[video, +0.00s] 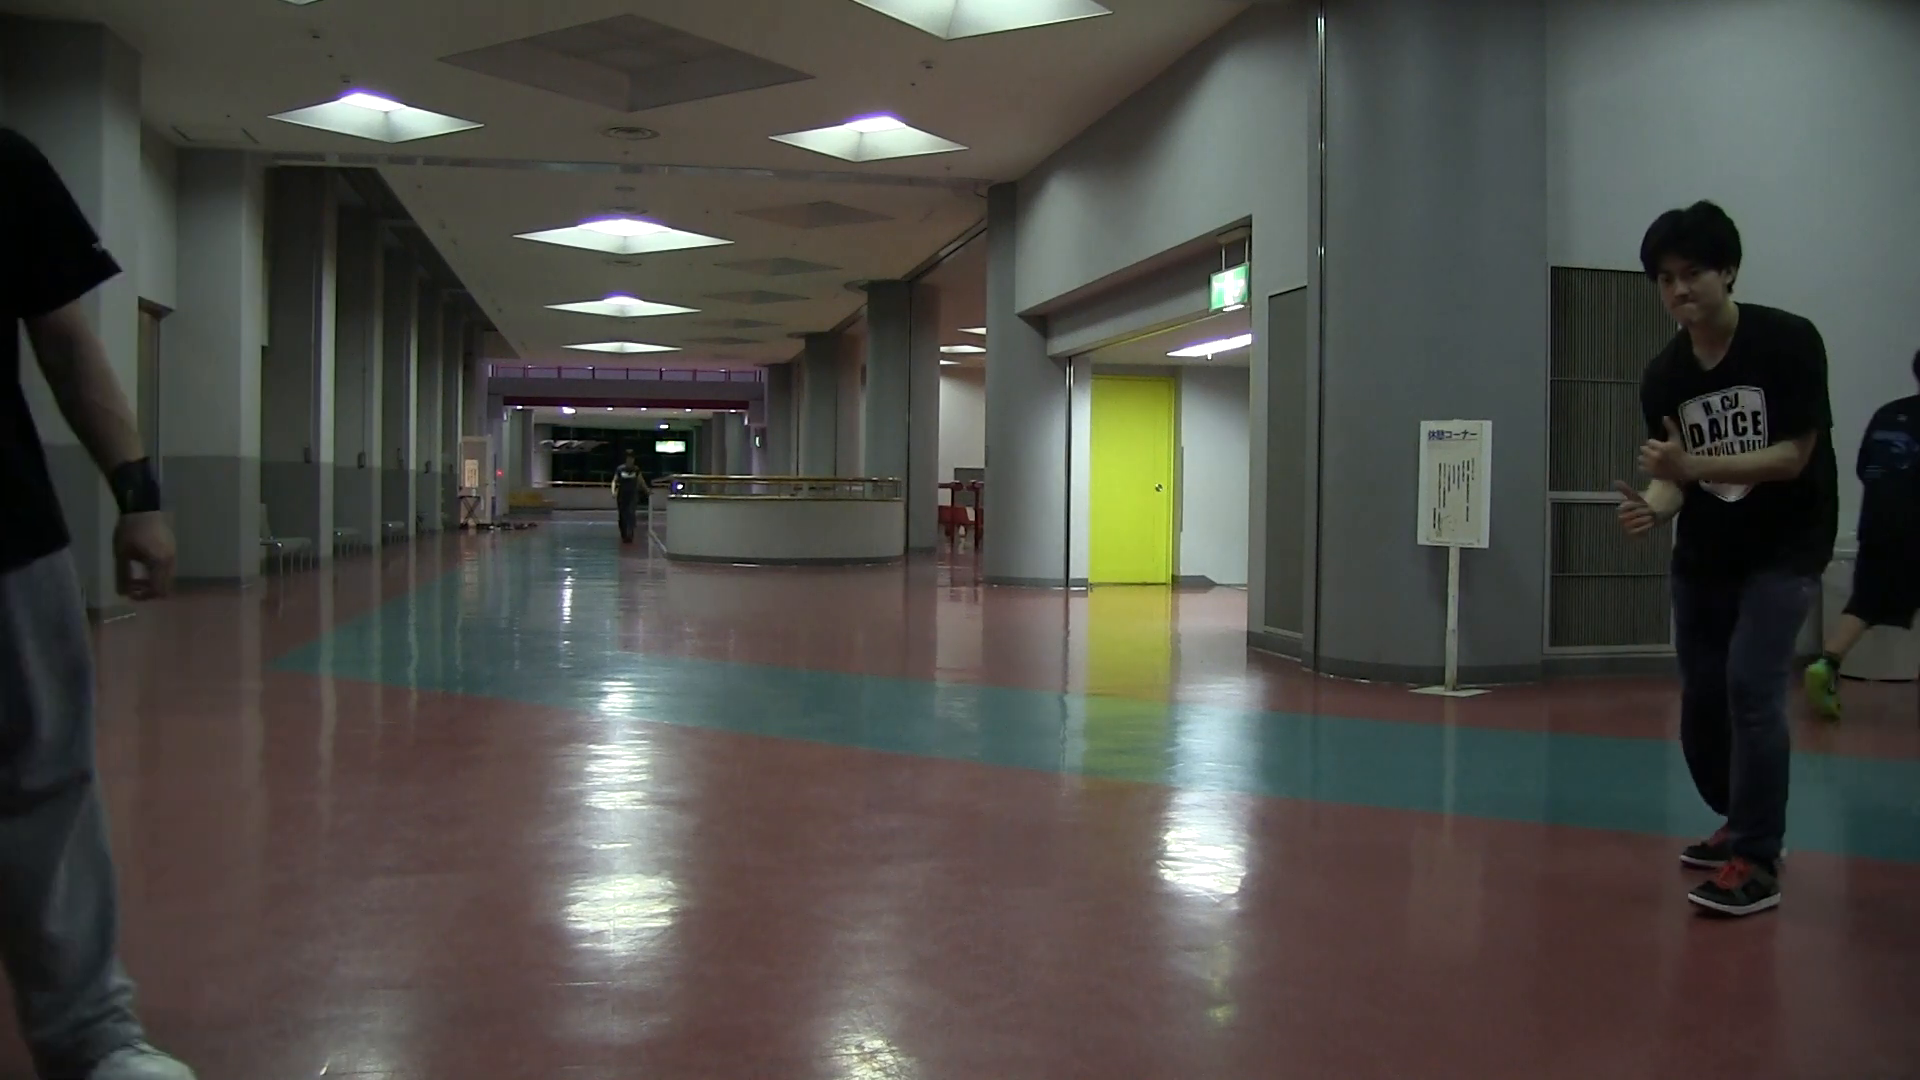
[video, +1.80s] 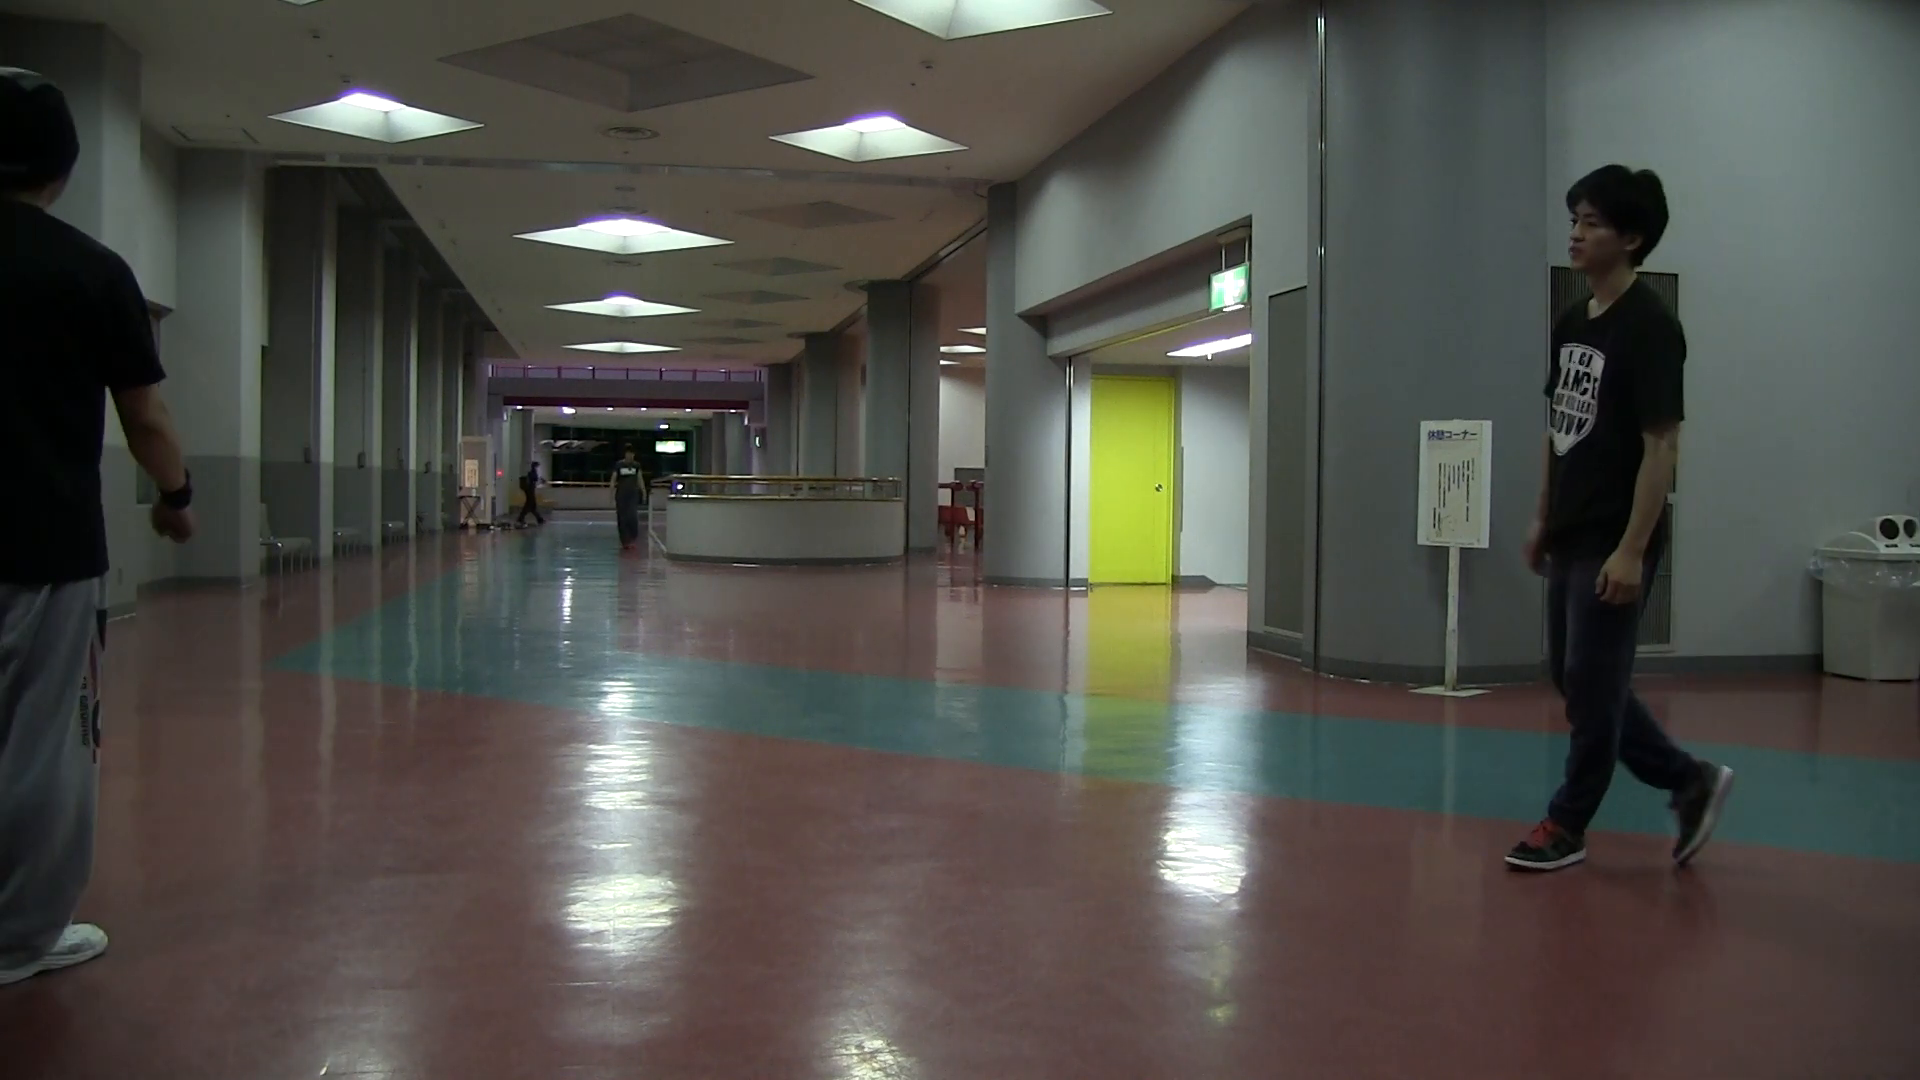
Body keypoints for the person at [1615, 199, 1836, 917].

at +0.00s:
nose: (1679, 291)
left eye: (1691, 274)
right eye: (1667, 280)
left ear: (1728, 272)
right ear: (1658, 287)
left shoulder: (1790, 342)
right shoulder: (1663, 375)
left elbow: (1795, 457)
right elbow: (1679, 472)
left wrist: (1689, 465)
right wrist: (1649, 505)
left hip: (1784, 551)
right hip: (1705, 554)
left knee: (1752, 690)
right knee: (1704, 696)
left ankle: (1757, 862)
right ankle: (1742, 824)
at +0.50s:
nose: (1643, 282)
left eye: (1656, 267)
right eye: (1639, 269)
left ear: (1704, 269)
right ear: (1643, 277)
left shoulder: (1767, 339)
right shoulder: (1662, 369)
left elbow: (1771, 458)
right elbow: (1678, 478)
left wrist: (1690, 538)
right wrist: (1672, 548)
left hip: (1798, 544)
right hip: (1722, 548)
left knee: (1764, 691)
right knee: (1676, 694)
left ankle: (1757, 864)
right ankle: (1716, 812)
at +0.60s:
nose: (1633, 268)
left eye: (1643, 254)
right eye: (1634, 254)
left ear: (1686, 261)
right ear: (1677, 264)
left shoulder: (1757, 334)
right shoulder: (1671, 357)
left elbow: (1771, 457)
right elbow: (1689, 464)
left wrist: (1761, 565)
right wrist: (1669, 554)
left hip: (1782, 552)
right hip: (1712, 550)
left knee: (1762, 704)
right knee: (1674, 696)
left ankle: (1756, 863)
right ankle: (1737, 812)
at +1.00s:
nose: (1654, 251)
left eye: (1658, 238)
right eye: (1656, 237)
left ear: (1681, 245)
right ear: (1715, 247)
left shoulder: (1730, 320)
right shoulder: (1727, 316)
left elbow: (1749, 432)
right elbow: (1735, 434)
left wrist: (1766, 539)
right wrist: (1707, 533)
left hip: (1718, 542)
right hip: (1719, 538)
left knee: (1654, 671)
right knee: (1723, 680)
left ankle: (1702, 832)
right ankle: (1766, 832)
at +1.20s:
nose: (1649, 245)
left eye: (1654, 232)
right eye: (1653, 232)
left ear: (1676, 241)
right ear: (1708, 242)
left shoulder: (1721, 317)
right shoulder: (1717, 315)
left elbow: (1727, 429)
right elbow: (1717, 432)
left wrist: (1716, 536)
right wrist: (1697, 531)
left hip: (1710, 542)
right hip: (1715, 540)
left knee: (1639, 674)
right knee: (1726, 689)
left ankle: (1623, 824)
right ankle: (1766, 830)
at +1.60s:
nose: (1593, 241)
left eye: (1607, 229)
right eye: (1593, 227)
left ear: (1650, 241)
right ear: (1608, 236)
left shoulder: (1675, 321)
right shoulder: (1629, 320)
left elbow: (1686, 440)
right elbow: (1632, 430)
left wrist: (1656, 543)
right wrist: (1621, 527)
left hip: (1659, 538)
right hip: (1629, 534)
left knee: (1613, 686)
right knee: (1675, 682)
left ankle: (1568, 828)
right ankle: (1751, 813)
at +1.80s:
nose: (1576, 235)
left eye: (1591, 225)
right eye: (1575, 222)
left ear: (1631, 237)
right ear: (1576, 231)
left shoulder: (1652, 326)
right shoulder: (1575, 320)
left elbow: (1661, 448)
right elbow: (1560, 429)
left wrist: (1630, 552)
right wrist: (1544, 516)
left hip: (1620, 535)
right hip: (1570, 529)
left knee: (1594, 684)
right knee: (1575, 679)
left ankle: (1566, 827)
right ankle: (1688, 782)